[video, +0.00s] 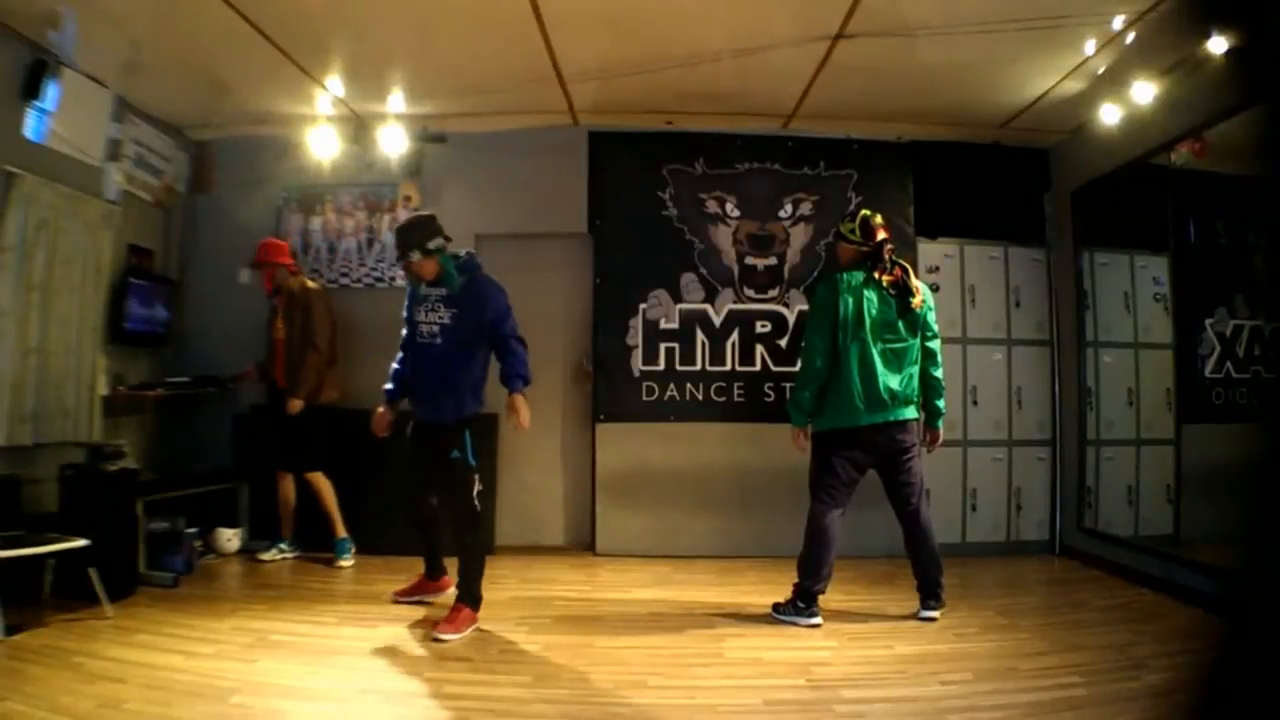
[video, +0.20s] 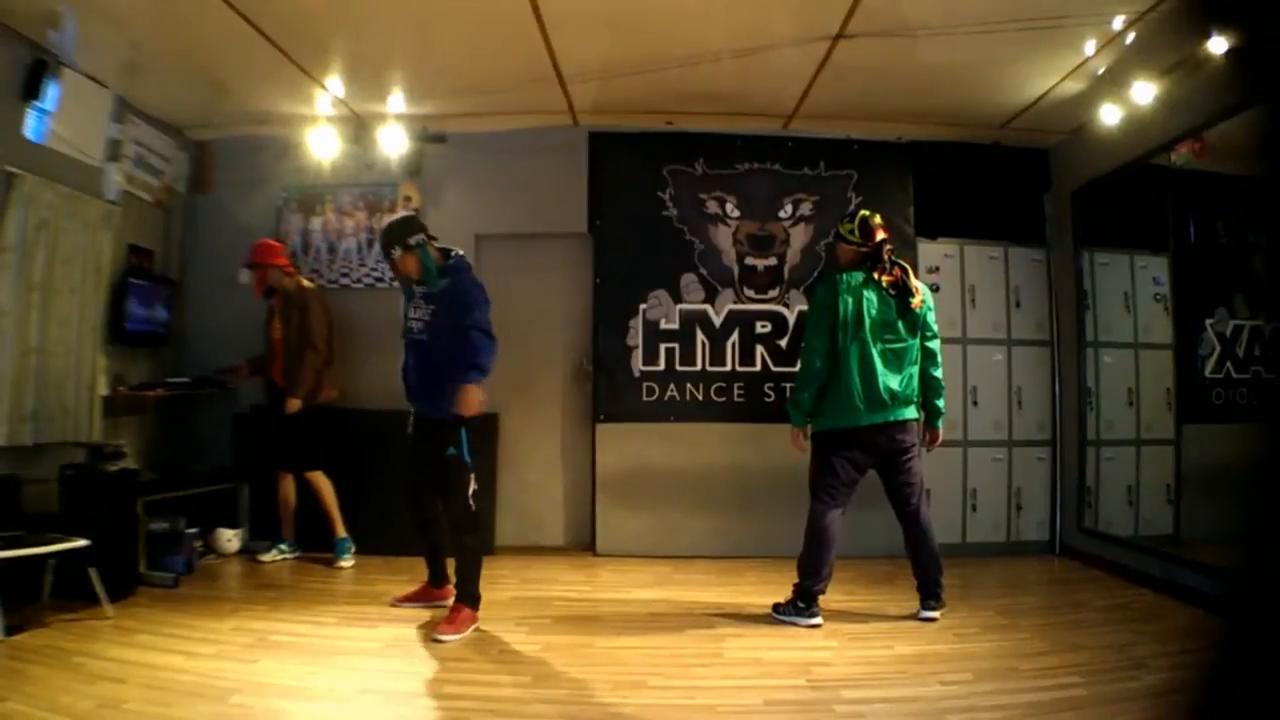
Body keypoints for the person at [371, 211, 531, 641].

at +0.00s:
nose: (409, 270)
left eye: (413, 261)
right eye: (406, 262)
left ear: (434, 253)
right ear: (415, 258)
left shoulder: (479, 289)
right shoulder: (419, 289)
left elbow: (508, 339)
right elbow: (409, 348)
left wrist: (516, 389)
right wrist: (390, 398)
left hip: (466, 414)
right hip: (425, 414)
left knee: (467, 508)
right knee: (421, 496)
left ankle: (468, 604)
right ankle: (435, 574)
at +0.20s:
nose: (396, 269)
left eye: (398, 259)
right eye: (392, 261)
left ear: (417, 250)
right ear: (403, 255)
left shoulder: (460, 282)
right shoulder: (415, 284)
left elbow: (480, 335)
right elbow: (421, 340)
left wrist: (471, 379)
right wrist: (416, 388)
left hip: (455, 410)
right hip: (425, 408)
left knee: (462, 502)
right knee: (424, 494)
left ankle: (468, 603)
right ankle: (438, 581)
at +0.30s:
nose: (392, 268)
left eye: (394, 258)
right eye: (388, 261)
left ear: (413, 248)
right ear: (397, 255)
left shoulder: (455, 280)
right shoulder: (408, 283)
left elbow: (458, 342)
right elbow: (413, 340)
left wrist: (437, 389)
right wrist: (411, 390)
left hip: (450, 407)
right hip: (420, 404)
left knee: (453, 503)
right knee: (423, 495)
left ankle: (465, 601)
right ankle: (437, 581)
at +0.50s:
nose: (388, 273)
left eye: (389, 264)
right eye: (383, 266)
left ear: (407, 252)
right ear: (389, 263)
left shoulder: (450, 285)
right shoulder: (404, 293)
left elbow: (449, 351)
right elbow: (386, 351)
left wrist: (393, 351)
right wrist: (365, 404)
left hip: (449, 406)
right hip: (419, 406)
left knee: (435, 493)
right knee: (419, 491)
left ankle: (459, 587)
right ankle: (438, 582)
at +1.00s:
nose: (407, 273)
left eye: (408, 263)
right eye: (403, 267)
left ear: (427, 248)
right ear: (412, 258)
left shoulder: (460, 272)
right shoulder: (430, 279)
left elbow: (414, 311)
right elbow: (389, 329)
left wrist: (392, 311)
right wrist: (387, 353)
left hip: (451, 403)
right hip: (431, 402)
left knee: (453, 505)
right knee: (438, 499)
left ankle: (459, 614)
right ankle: (445, 581)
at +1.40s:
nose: (410, 277)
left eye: (412, 267)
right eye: (406, 271)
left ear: (427, 255)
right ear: (419, 262)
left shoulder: (459, 275)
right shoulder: (436, 288)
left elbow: (421, 328)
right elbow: (407, 348)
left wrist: (409, 325)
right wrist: (435, 334)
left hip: (454, 405)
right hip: (435, 405)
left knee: (454, 507)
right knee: (440, 500)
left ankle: (457, 614)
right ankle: (448, 584)